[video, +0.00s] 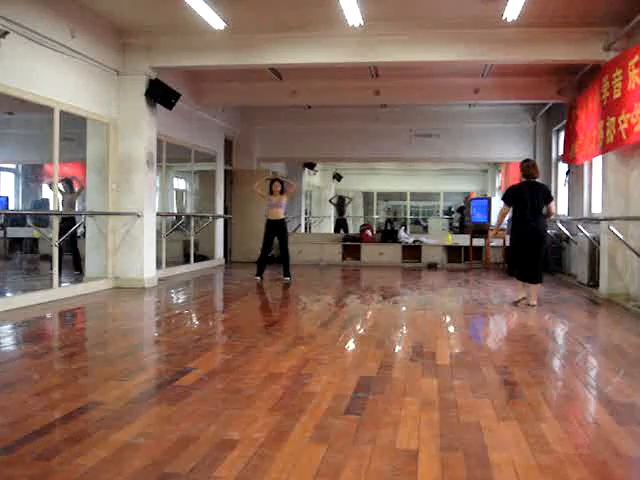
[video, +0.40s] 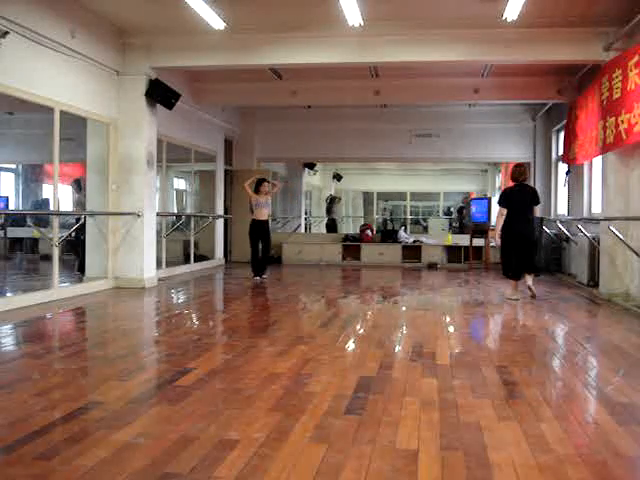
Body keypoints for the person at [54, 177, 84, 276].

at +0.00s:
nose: (64, 187)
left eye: (65, 185)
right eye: (64, 185)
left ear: (69, 185)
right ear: (65, 186)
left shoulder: (73, 195)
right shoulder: (64, 195)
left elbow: (82, 188)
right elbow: (55, 189)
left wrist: (78, 181)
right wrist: (54, 183)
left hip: (70, 218)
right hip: (63, 218)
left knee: (73, 245)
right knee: (59, 245)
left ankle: (78, 269)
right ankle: (57, 270)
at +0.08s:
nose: (66, 188)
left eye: (68, 185)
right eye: (66, 185)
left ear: (72, 186)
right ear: (67, 186)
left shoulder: (76, 195)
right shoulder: (67, 195)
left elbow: (83, 187)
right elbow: (63, 192)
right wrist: (60, 185)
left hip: (73, 218)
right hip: (66, 218)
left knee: (76, 246)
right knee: (61, 245)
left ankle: (80, 271)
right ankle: (58, 272)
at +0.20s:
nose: (69, 188)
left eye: (71, 186)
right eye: (68, 186)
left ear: (75, 186)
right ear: (68, 187)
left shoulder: (81, 196)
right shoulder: (72, 197)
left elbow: (83, 208)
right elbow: (73, 209)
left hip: (80, 219)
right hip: (72, 219)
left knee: (81, 246)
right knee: (68, 245)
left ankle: (81, 272)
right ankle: (64, 272)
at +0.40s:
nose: (73, 189)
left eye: (74, 186)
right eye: (72, 187)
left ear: (78, 186)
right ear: (76, 186)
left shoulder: (81, 197)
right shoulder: (78, 197)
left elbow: (81, 210)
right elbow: (77, 210)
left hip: (82, 222)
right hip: (78, 221)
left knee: (81, 248)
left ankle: (80, 271)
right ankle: (79, 270)